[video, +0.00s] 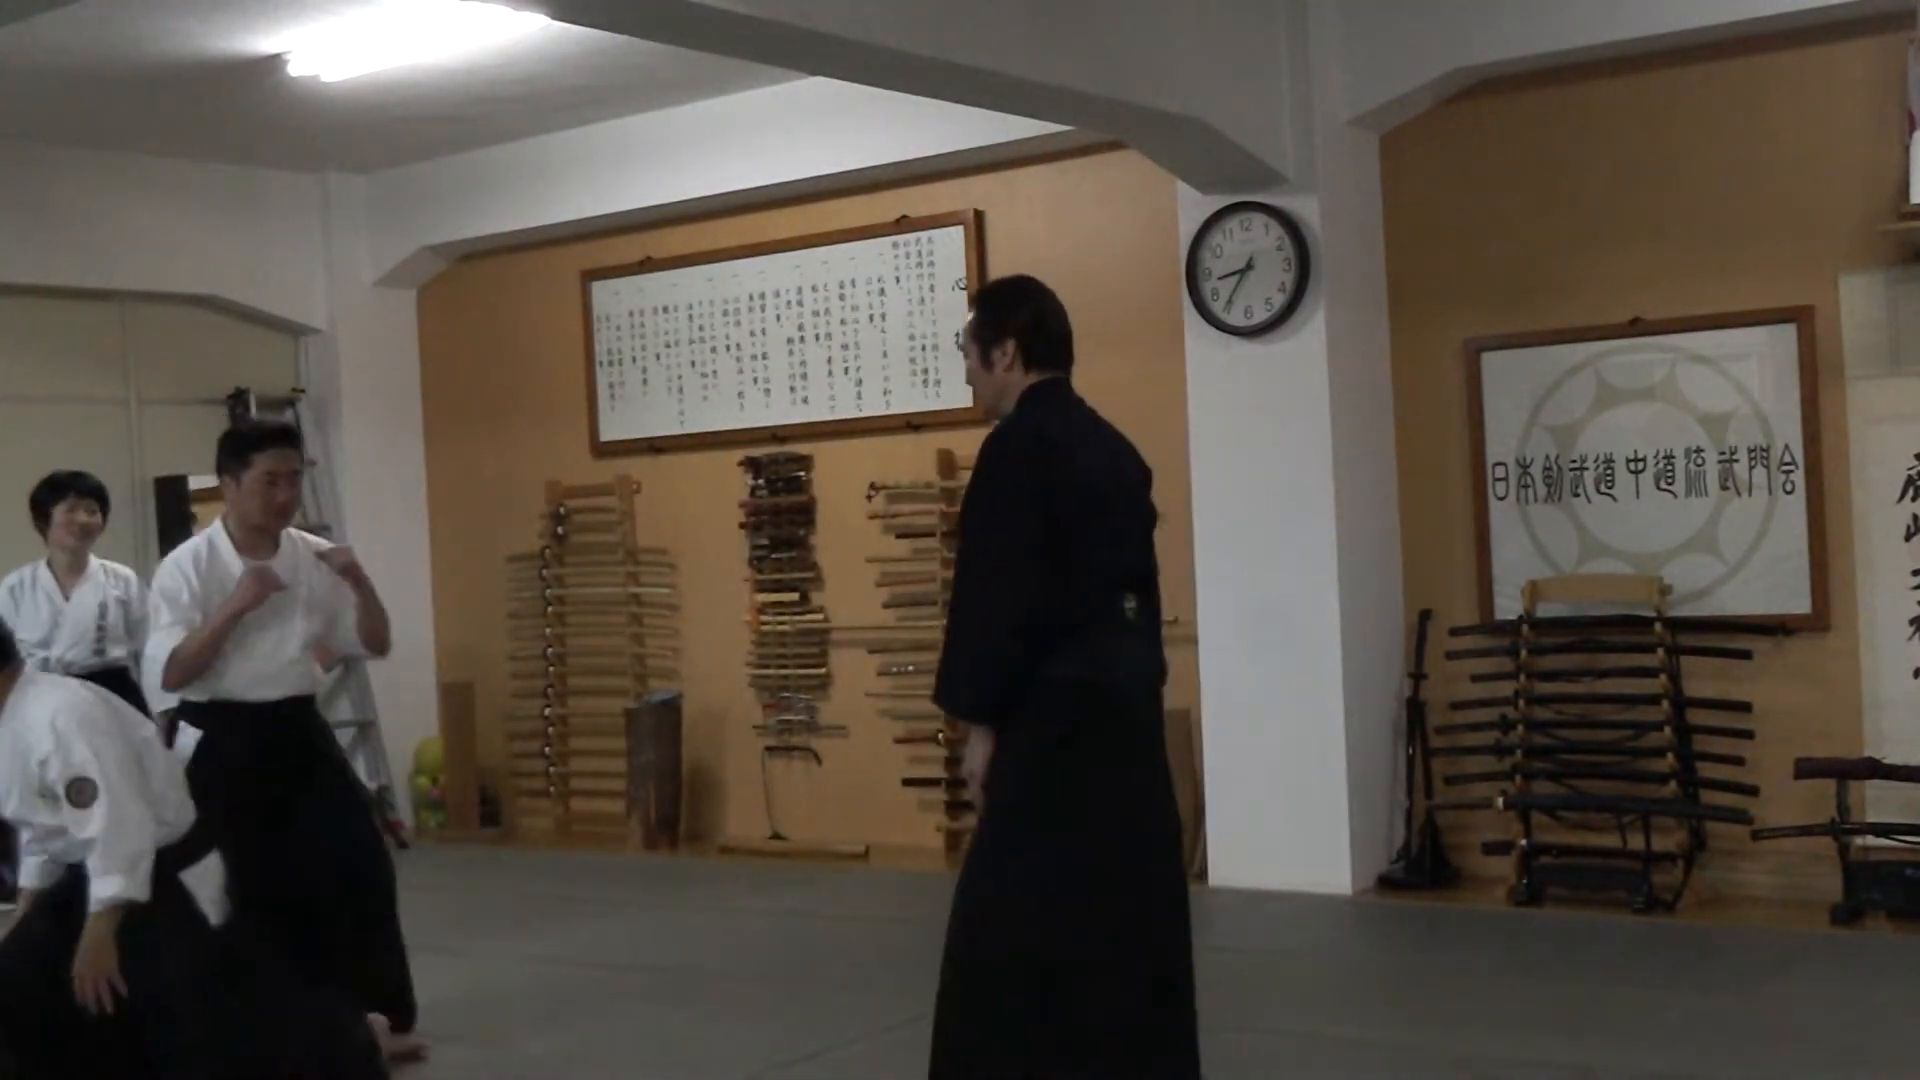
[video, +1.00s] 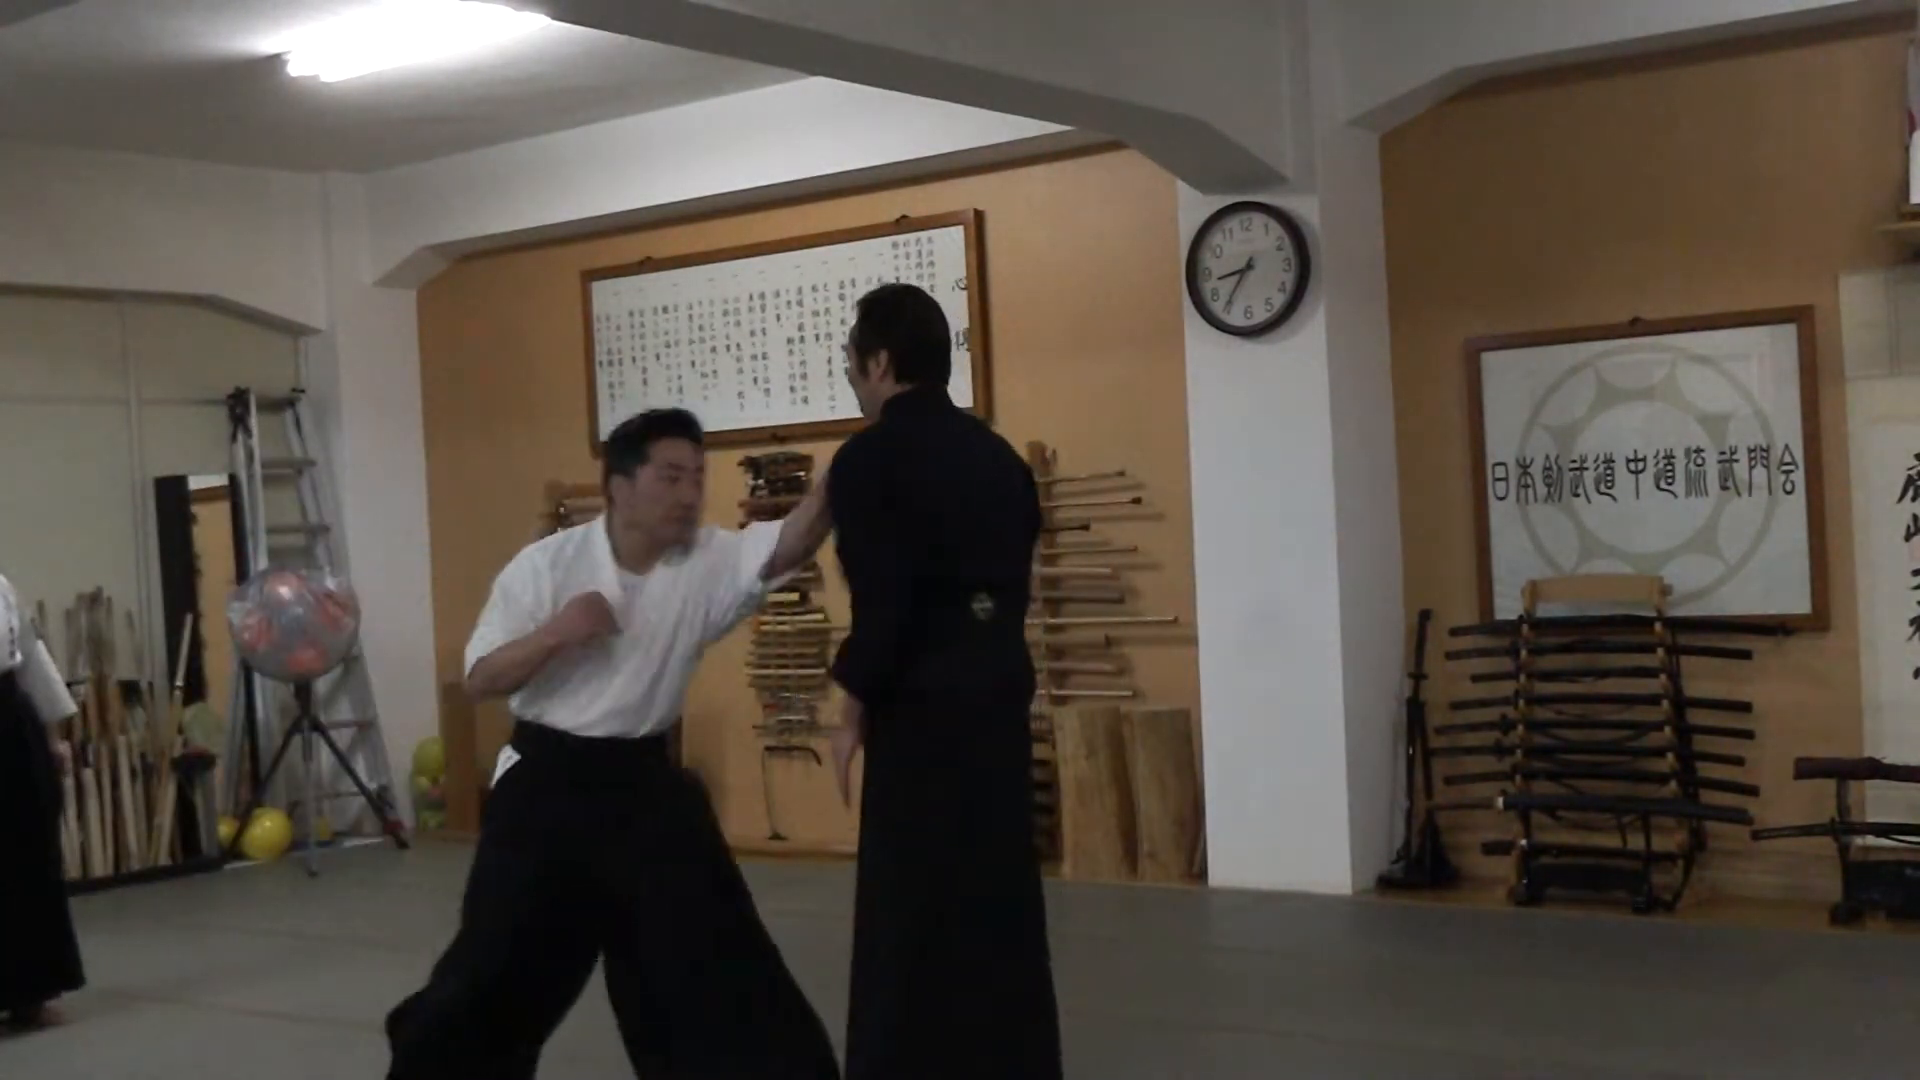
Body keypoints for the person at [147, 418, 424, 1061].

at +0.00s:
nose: (287, 494)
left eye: (295, 480)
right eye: (272, 480)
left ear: (302, 483)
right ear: (229, 484)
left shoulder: (311, 557)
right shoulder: (187, 567)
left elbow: (373, 646)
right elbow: (167, 675)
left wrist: (362, 588)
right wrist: (235, 608)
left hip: (302, 731)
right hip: (224, 740)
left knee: (360, 865)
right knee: (263, 887)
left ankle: (374, 1021)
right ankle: (281, 1032)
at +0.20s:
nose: (345, 479)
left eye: (352, 465)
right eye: (328, 465)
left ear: (361, 474)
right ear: (290, 474)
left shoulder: (377, 554)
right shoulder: (249, 555)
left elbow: (435, 632)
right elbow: (242, 655)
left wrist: (428, 571)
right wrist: (305, 584)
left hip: (353, 733)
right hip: (275, 738)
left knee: (390, 882)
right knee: (277, 891)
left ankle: (405, 1039)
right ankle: (270, 1043)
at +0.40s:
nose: (416, 466)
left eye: (424, 453)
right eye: (400, 450)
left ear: (432, 461)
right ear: (358, 458)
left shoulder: (430, 540)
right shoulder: (312, 539)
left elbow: (493, 628)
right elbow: (309, 639)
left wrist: (483, 553)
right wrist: (381, 563)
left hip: (398, 722)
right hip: (327, 725)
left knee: (416, 870)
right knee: (351, 875)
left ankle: (403, 1022)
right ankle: (349, 1026)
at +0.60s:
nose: (452, 470)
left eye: (460, 456)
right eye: (434, 455)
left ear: (469, 466)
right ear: (391, 467)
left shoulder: (482, 557)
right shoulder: (355, 554)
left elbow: (539, 644)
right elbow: (367, 655)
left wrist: (521, 560)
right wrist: (418, 558)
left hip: (473, 750)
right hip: (394, 757)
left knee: (499, 913)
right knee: (396, 935)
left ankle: (405, 1017)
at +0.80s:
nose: (522, 478)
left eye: (530, 464)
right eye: (503, 464)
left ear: (539, 476)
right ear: (457, 482)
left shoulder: (571, 564)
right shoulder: (424, 573)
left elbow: (639, 654)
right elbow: (434, 690)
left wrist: (635, 583)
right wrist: (479, 594)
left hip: (557, 770)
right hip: (462, 776)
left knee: (644, 876)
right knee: (431, 938)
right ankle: (397, 1069)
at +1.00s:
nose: (690, 494)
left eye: (696, 479)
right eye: (672, 476)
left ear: (704, 486)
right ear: (617, 484)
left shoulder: (710, 562)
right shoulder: (543, 567)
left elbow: (787, 546)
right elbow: (479, 678)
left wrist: (826, 495)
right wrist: (554, 635)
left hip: (647, 786)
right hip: (545, 787)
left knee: (714, 974)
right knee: (494, 981)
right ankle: (431, 1061)